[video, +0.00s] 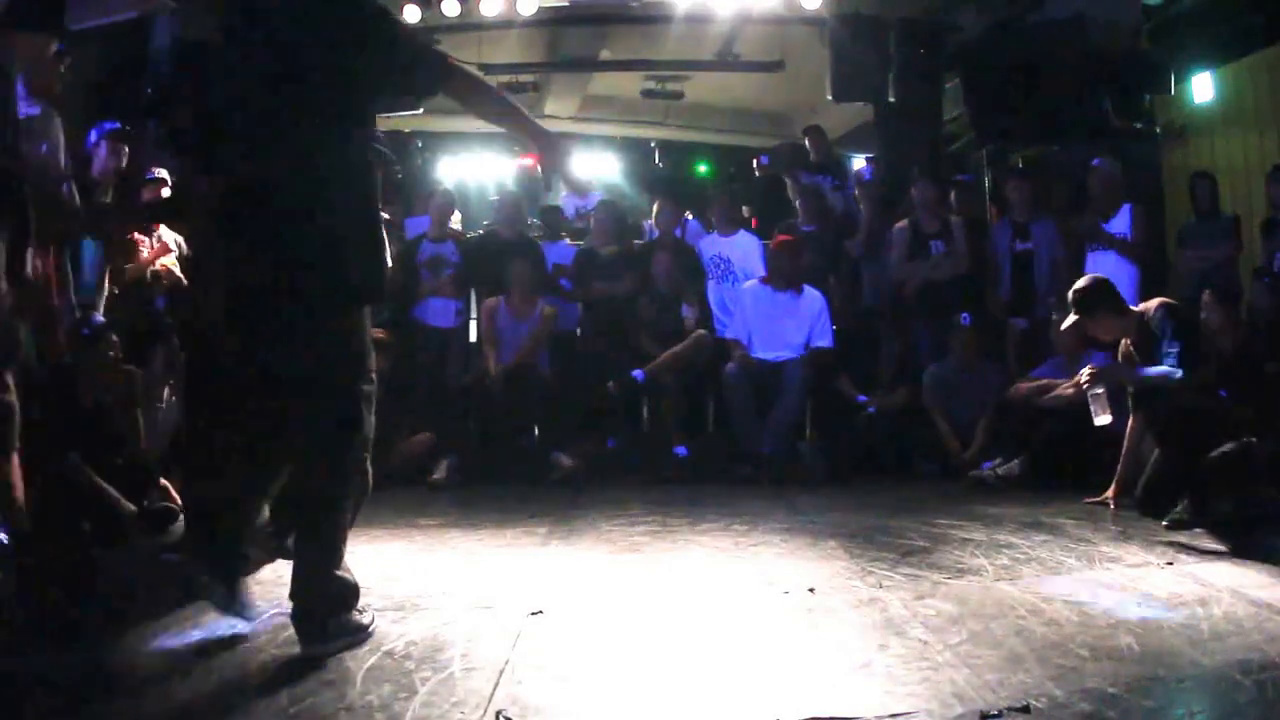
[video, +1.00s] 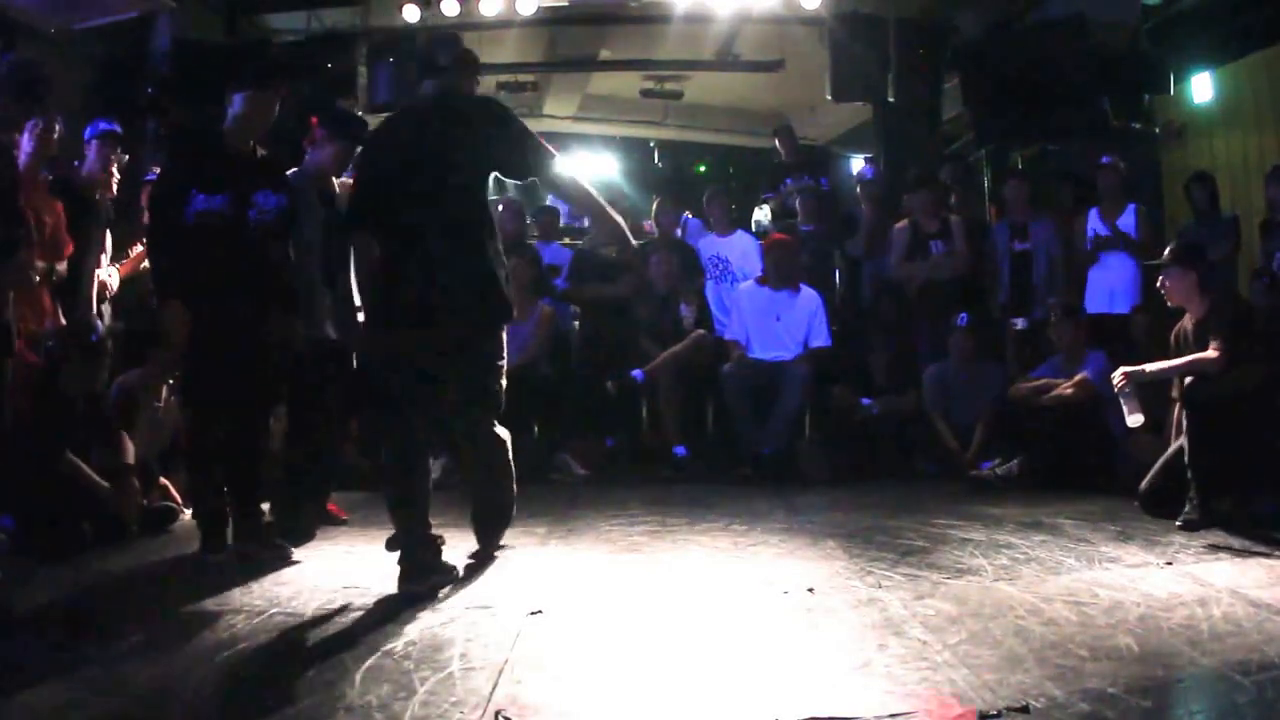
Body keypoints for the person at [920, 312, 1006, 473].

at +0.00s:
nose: (964, 345)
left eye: (969, 340)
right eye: (960, 340)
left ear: (977, 342)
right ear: (952, 341)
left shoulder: (989, 373)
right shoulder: (935, 374)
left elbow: (987, 415)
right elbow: (937, 415)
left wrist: (973, 452)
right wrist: (955, 450)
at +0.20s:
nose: (963, 344)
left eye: (968, 339)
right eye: (959, 339)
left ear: (976, 341)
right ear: (950, 342)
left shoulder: (991, 373)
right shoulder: (935, 375)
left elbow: (987, 414)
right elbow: (937, 416)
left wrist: (974, 453)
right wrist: (954, 449)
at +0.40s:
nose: (964, 350)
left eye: (968, 344)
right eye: (959, 344)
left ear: (976, 345)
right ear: (952, 345)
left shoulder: (988, 374)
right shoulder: (935, 376)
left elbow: (985, 416)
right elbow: (937, 417)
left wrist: (974, 454)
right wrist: (955, 449)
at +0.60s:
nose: (963, 349)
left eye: (967, 344)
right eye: (958, 344)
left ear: (975, 346)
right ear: (951, 345)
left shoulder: (988, 374)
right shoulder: (935, 375)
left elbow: (985, 417)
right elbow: (937, 415)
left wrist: (973, 453)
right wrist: (954, 448)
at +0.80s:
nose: (963, 346)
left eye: (968, 340)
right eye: (958, 340)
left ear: (975, 343)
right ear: (951, 342)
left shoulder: (989, 374)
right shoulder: (935, 375)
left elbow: (986, 416)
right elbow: (937, 416)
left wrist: (973, 454)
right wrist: (956, 450)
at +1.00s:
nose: (961, 346)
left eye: (966, 340)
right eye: (957, 340)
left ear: (974, 343)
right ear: (950, 342)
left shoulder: (988, 373)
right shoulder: (935, 374)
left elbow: (986, 416)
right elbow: (936, 416)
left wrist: (972, 454)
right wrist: (957, 452)